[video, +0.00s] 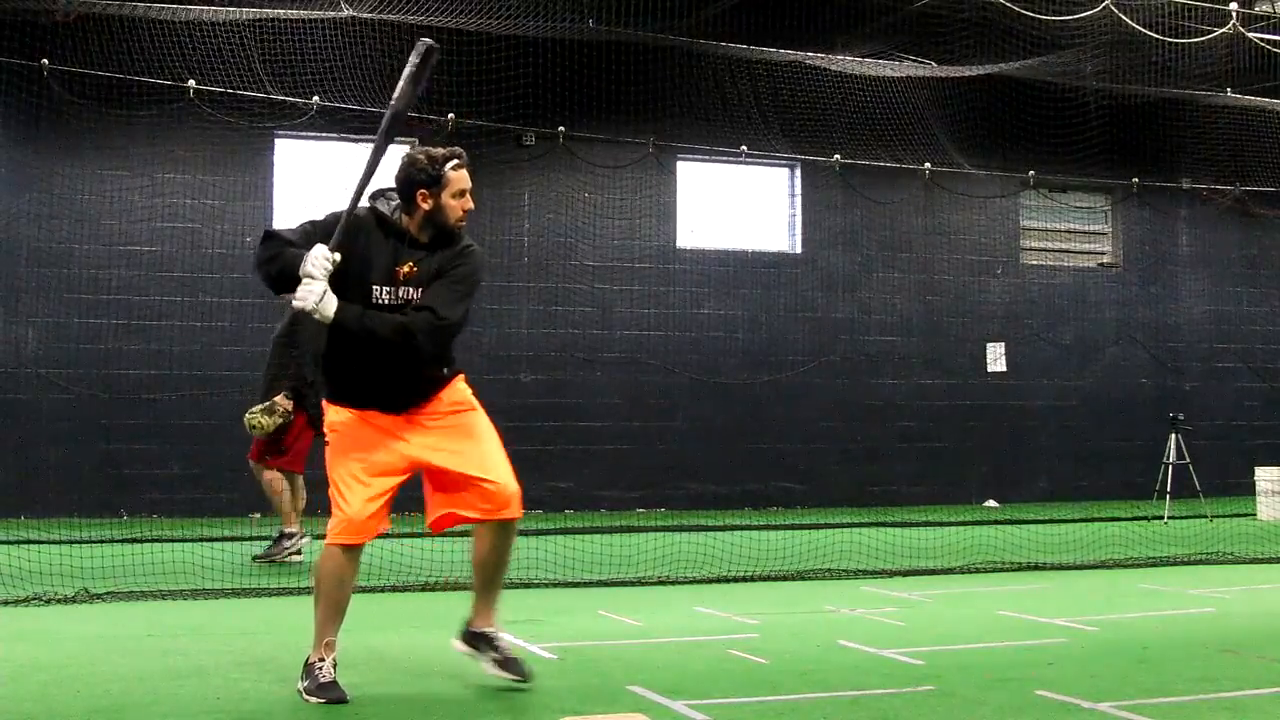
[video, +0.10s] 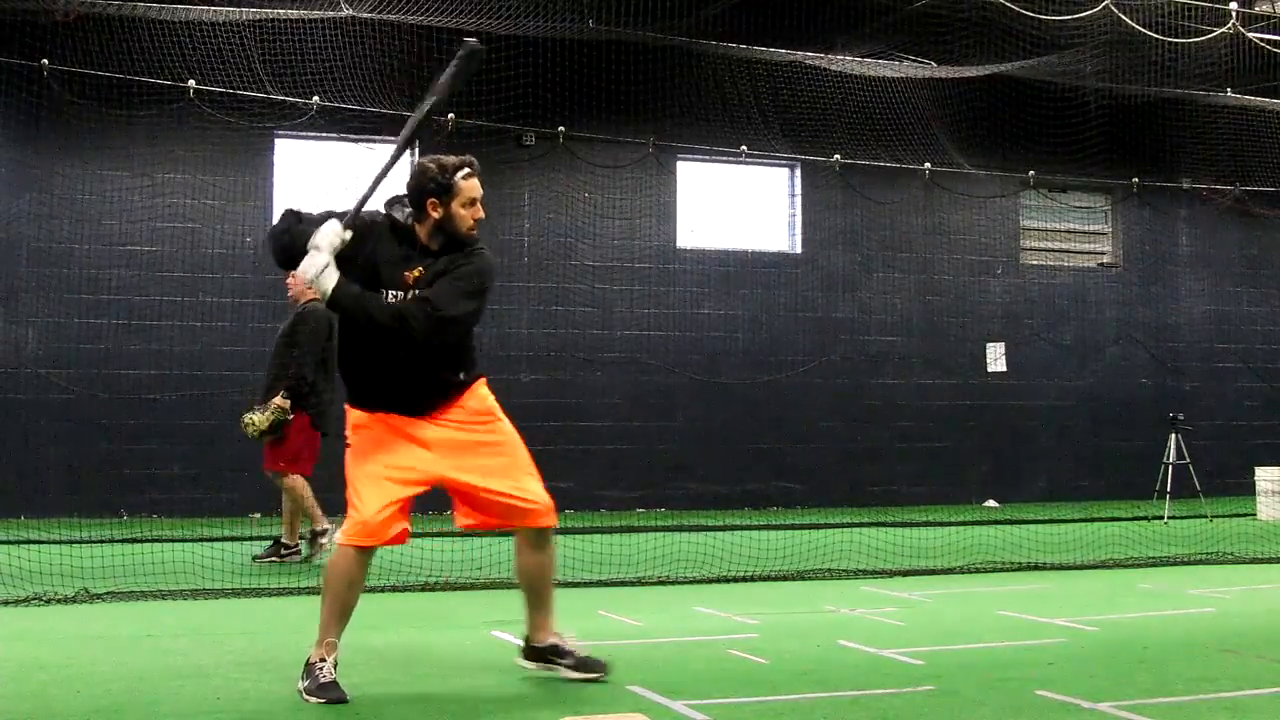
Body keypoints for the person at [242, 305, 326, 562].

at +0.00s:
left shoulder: (307, 314)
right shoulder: (306, 311)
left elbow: (306, 356)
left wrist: (288, 392)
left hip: (296, 399)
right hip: (306, 398)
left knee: (261, 461)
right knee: (291, 469)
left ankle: (290, 531)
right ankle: (294, 538)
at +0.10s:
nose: (288, 281)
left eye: (295, 277)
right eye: (290, 276)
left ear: (311, 284)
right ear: (307, 286)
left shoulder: (314, 315)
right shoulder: (307, 314)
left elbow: (304, 362)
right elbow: (300, 362)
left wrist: (285, 396)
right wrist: (275, 397)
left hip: (301, 406)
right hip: (298, 405)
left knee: (281, 468)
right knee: (289, 472)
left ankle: (321, 527)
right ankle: (289, 541)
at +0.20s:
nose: (296, 281)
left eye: (303, 277)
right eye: (298, 276)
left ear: (322, 283)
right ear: (314, 284)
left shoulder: (321, 316)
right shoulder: (310, 316)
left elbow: (307, 365)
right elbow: (295, 364)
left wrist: (284, 400)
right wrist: (274, 401)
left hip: (309, 409)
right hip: (296, 408)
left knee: (307, 475)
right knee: (293, 475)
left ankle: (342, 537)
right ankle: (289, 543)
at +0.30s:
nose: (306, 280)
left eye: (312, 275)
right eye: (307, 276)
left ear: (330, 282)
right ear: (325, 283)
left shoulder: (331, 316)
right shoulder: (318, 317)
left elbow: (315, 365)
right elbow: (298, 364)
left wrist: (290, 397)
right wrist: (281, 398)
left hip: (321, 408)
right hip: (302, 407)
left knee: (326, 477)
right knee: (297, 476)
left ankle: (349, 543)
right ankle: (289, 544)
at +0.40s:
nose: (314, 281)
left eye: (321, 276)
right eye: (316, 276)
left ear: (339, 284)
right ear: (332, 285)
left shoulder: (343, 317)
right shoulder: (327, 318)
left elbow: (327, 364)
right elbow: (308, 367)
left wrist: (300, 397)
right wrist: (290, 404)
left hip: (333, 408)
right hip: (311, 409)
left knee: (339, 478)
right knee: (303, 478)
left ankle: (353, 546)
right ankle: (289, 544)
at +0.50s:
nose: (326, 282)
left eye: (333, 277)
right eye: (325, 278)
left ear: (350, 283)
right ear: (327, 284)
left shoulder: (355, 318)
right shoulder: (333, 318)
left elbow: (347, 366)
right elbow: (325, 364)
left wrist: (320, 398)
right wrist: (311, 398)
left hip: (347, 409)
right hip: (323, 406)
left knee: (350, 478)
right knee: (308, 475)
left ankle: (354, 546)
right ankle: (294, 541)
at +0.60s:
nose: (343, 282)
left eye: (350, 276)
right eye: (339, 276)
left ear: (365, 282)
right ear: (334, 281)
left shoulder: (367, 318)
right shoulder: (335, 316)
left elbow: (365, 369)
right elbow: (330, 363)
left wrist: (343, 404)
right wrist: (320, 402)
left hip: (356, 409)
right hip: (326, 406)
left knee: (355, 478)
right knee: (313, 471)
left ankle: (354, 545)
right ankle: (316, 538)